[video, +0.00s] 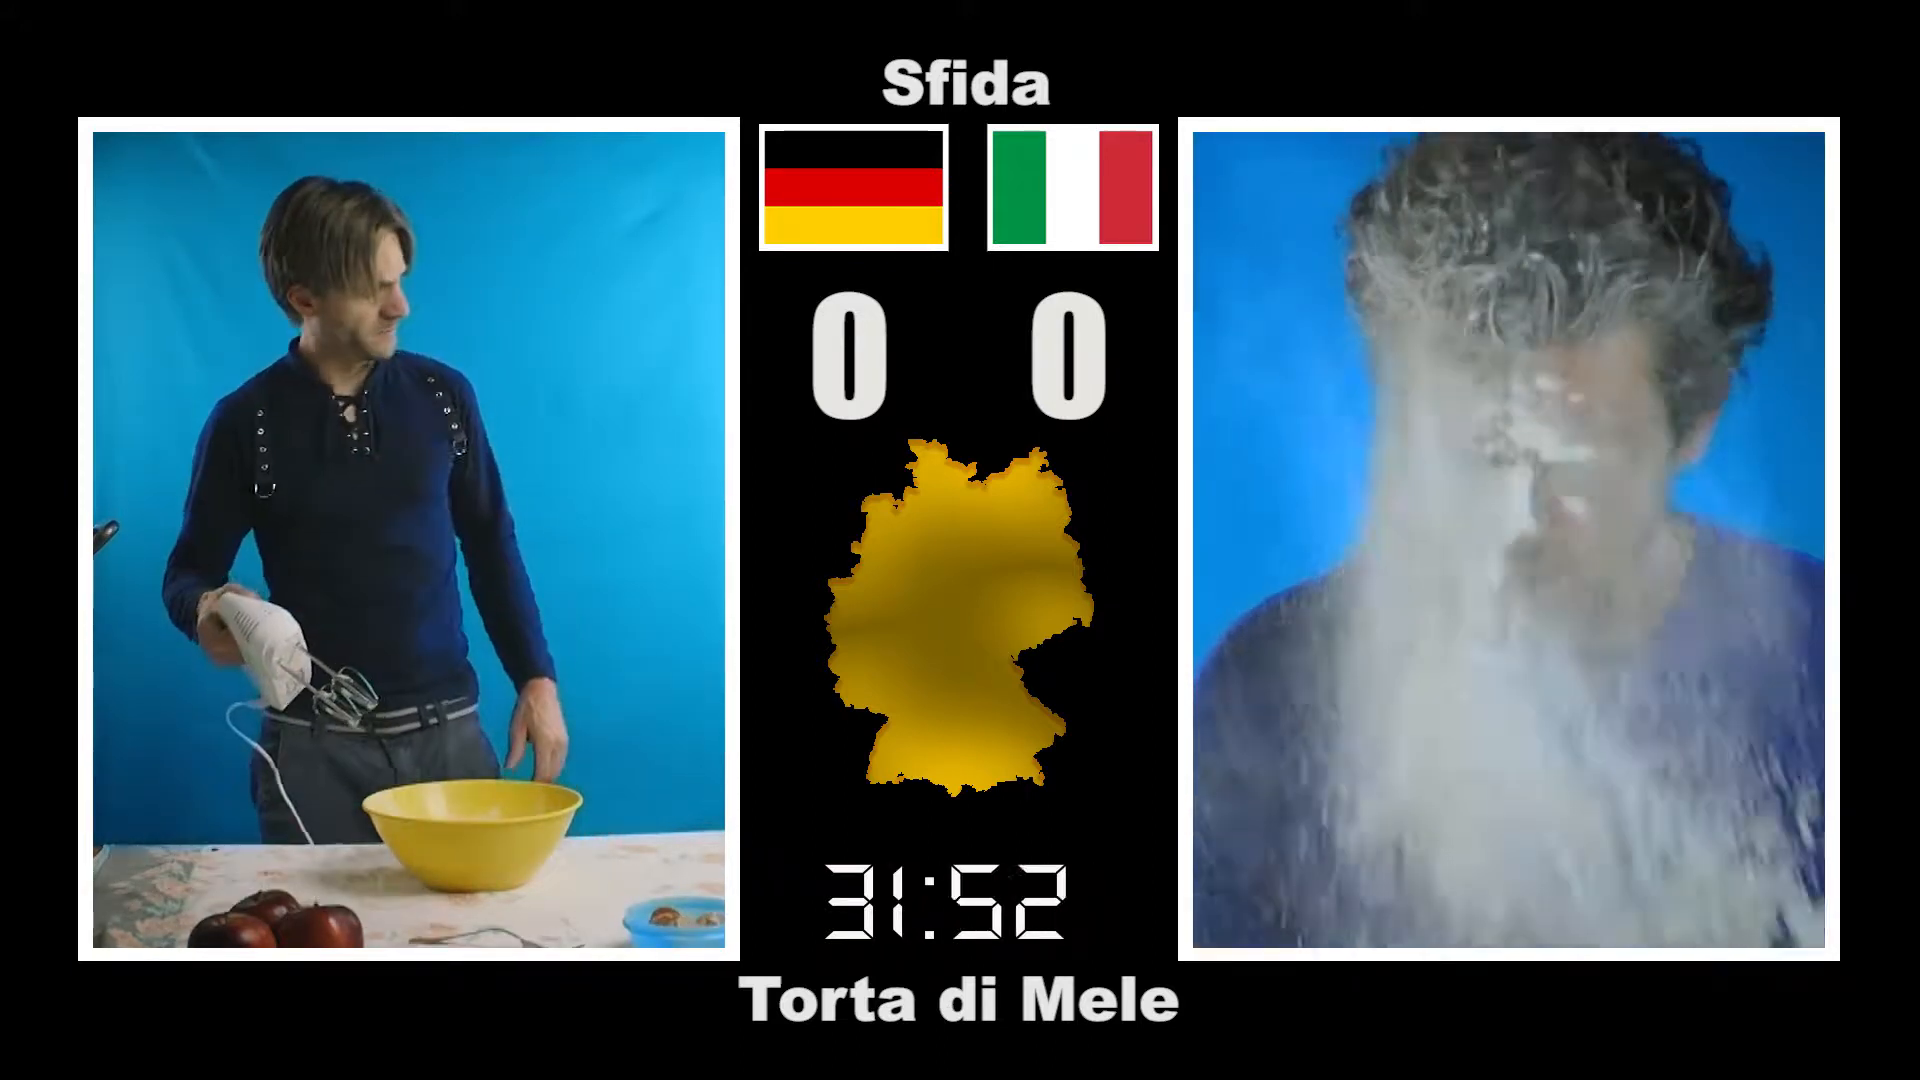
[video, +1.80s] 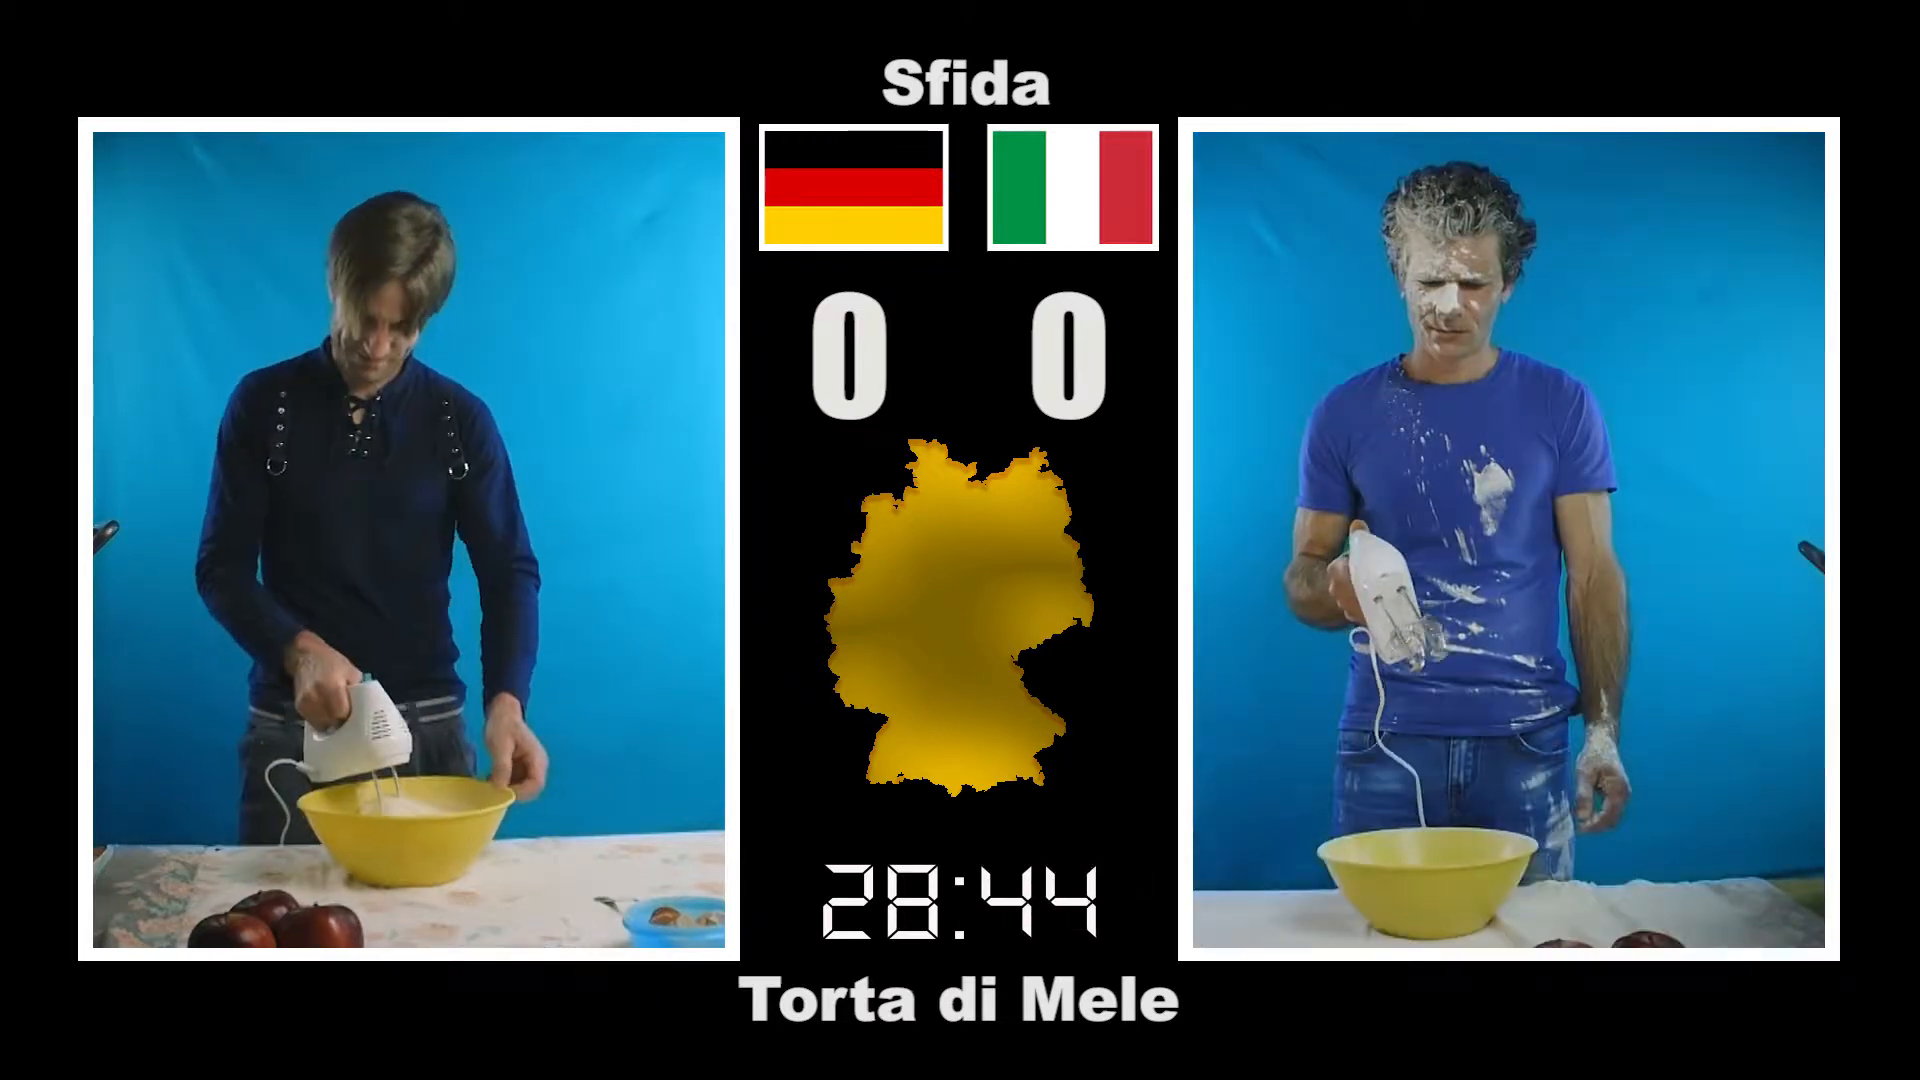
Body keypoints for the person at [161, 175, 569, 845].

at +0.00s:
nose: (399, 307)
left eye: (398, 284)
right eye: (375, 291)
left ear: (401, 273)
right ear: (304, 303)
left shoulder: (443, 397)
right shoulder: (247, 423)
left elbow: (491, 542)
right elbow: (191, 570)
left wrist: (536, 678)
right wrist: (205, 613)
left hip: (447, 740)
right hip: (317, 752)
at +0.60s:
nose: (481, 316)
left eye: (497, 296)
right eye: (462, 292)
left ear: (510, 291)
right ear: (407, 272)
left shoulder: (537, 412)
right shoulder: (337, 412)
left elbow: (588, 553)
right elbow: (276, 551)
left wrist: (611, 672)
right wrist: (286, 593)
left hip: (517, 749)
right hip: (381, 751)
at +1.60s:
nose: (429, 325)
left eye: (439, 301)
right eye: (411, 301)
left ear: (448, 292)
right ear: (340, 284)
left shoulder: (444, 402)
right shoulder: (257, 413)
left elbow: (476, 560)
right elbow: (185, 589)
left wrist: (520, 700)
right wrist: (273, 621)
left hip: (443, 743)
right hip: (313, 754)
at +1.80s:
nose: (379, 348)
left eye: (403, 328)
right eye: (364, 322)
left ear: (428, 314)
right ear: (336, 292)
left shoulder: (459, 422)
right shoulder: (264, 406)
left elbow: (509, 568)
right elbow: (222, 570)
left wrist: (506, 704)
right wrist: (298, 650)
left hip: (428, 731)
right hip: (294, 731)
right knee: (288, 933)